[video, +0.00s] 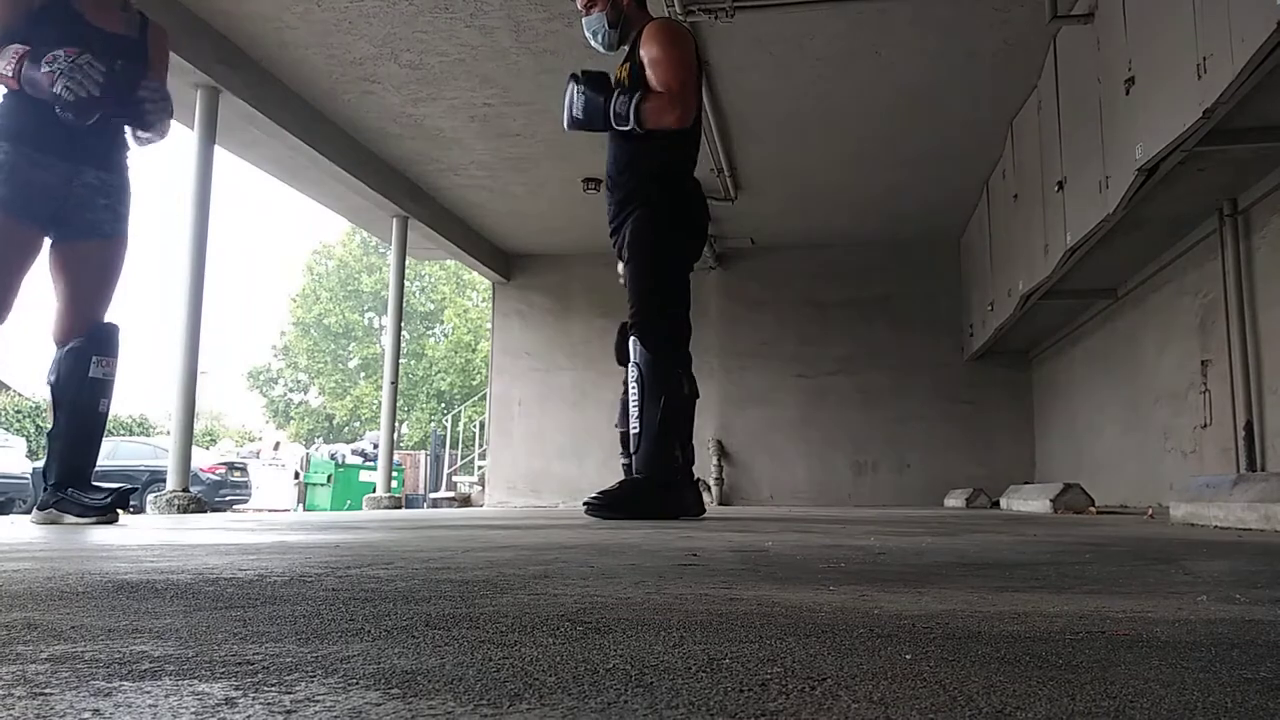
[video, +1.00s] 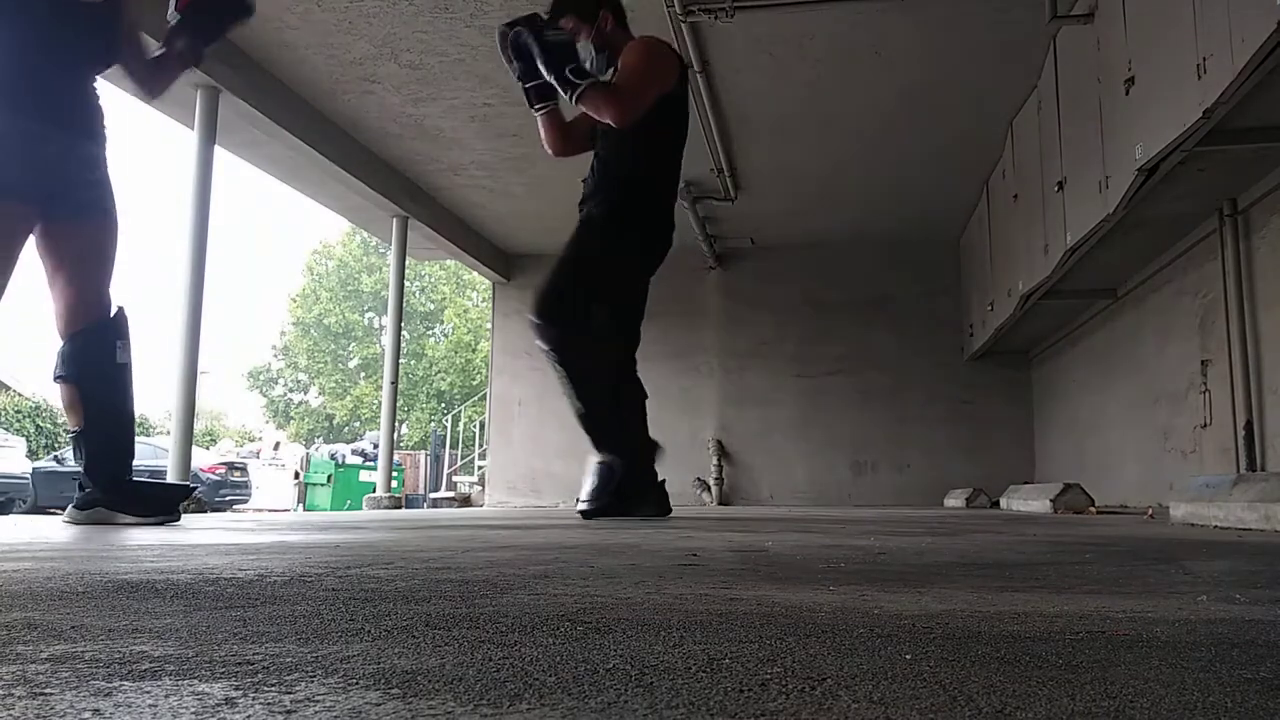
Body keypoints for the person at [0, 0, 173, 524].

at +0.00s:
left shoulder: (151, 31)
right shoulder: (29, 5)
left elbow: (147, 132)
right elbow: (1, 52)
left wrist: (157, 115)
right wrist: (26, 71)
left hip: (101, 176)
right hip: (20, 158)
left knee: (84, 337)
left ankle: (63, 484)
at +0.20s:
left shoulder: (114, 15)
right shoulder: (22, 10)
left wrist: (132, 101)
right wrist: (8, 43)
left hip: (82, 158)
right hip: (13, 145)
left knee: (78, 323)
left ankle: (64, 483)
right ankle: (62, 482)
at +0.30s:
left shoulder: (83, 17)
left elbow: (151, 100)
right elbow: (150, 99)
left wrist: (74, 108)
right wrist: (80, 107)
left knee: (73, 325)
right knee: (73, 323)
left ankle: (63, 485)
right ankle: (64, 485)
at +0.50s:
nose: (71, 13)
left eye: (73, 14)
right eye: (70, 11)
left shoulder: (38, 25)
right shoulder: (25, 13)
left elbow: (20, 99)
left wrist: (84, 98)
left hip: (25, 150)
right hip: (18, 151)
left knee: (89, 317)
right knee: (89, 316)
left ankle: (68, 470)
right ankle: (70, 469)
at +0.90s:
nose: (88, 0)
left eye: (90, 2)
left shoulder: (82, 15)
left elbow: (99, 89)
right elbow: (101, 87)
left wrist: (145, 68)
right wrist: (144, 64)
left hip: (54, 144)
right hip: (29, 139)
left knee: (74, 318)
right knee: (72, 318)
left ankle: (107, 482)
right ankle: (107, 482)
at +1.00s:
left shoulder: (105, 11)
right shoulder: (99, 9)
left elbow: (149, 79)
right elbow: (150, 79)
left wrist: (191, 32)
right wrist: (194, 30)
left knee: (87, 317)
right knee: (85, 317)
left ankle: (105, 483)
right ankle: (106, 483)